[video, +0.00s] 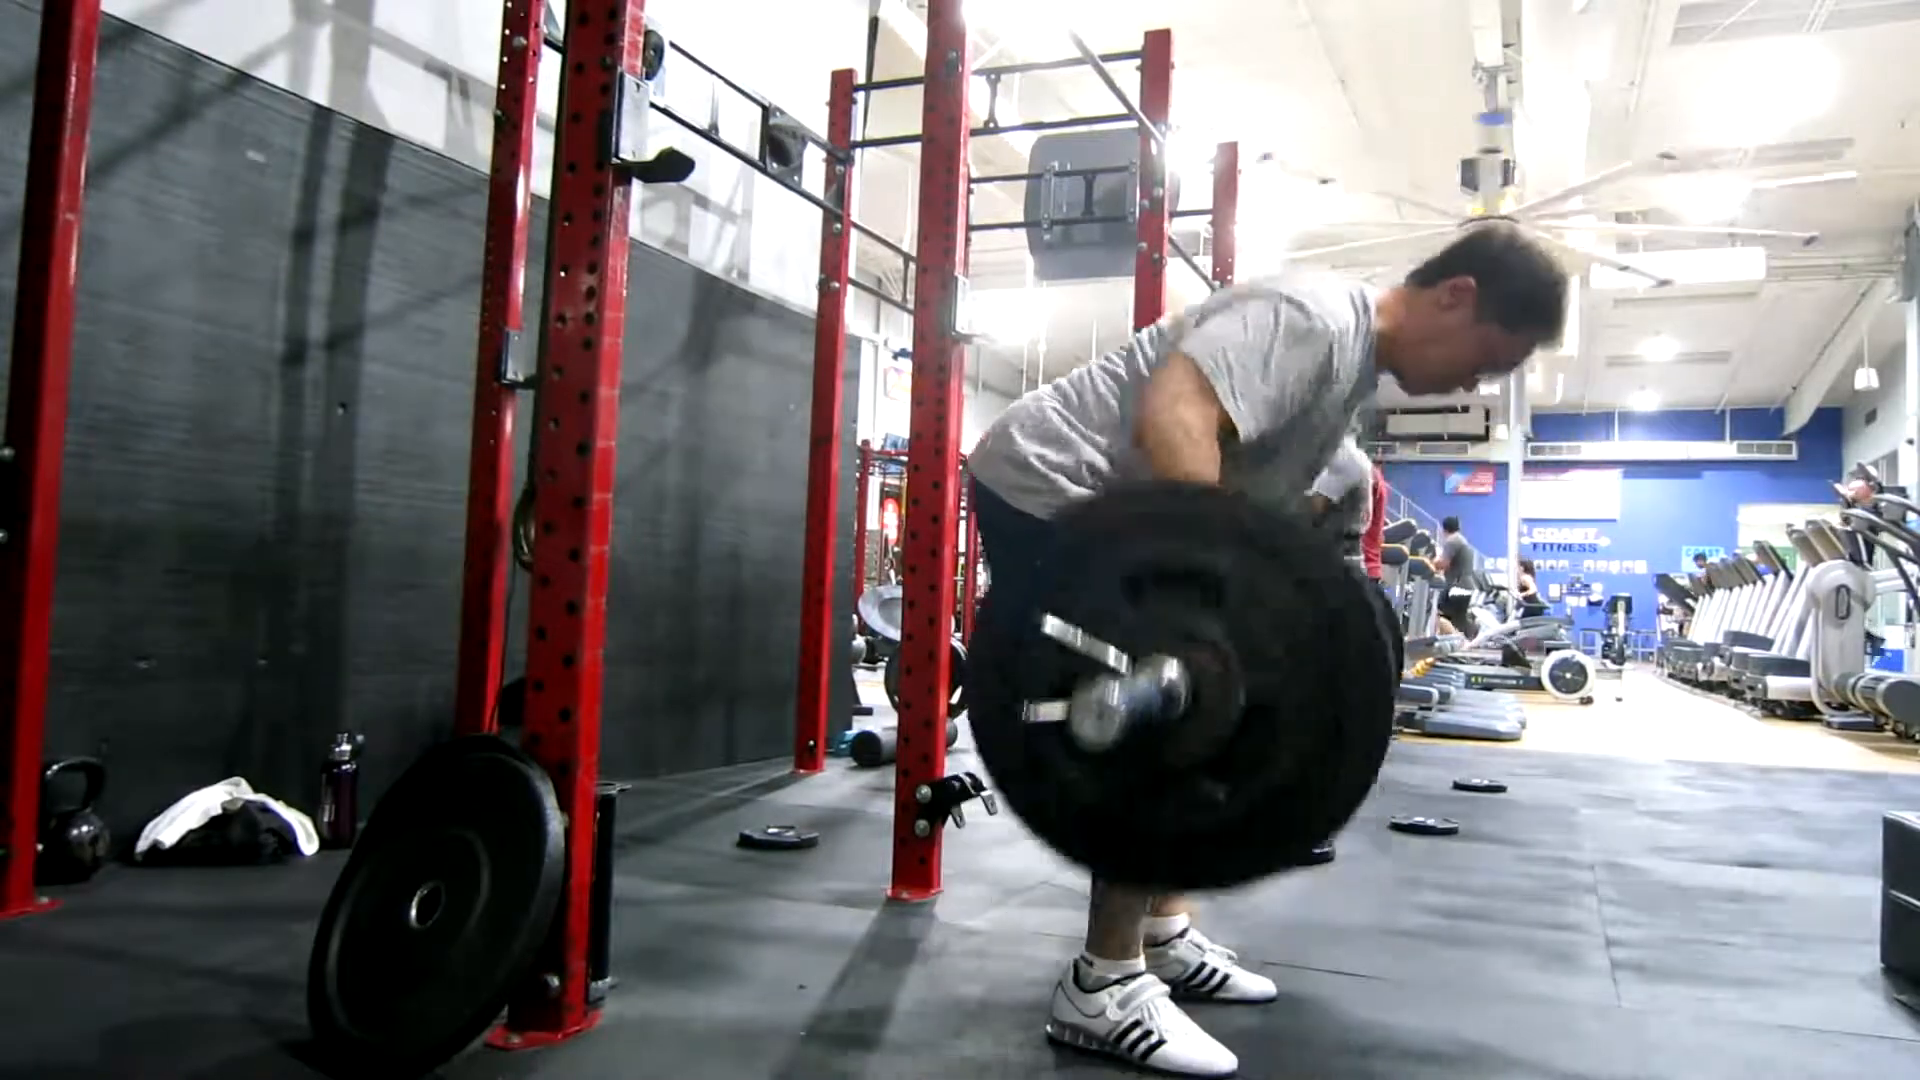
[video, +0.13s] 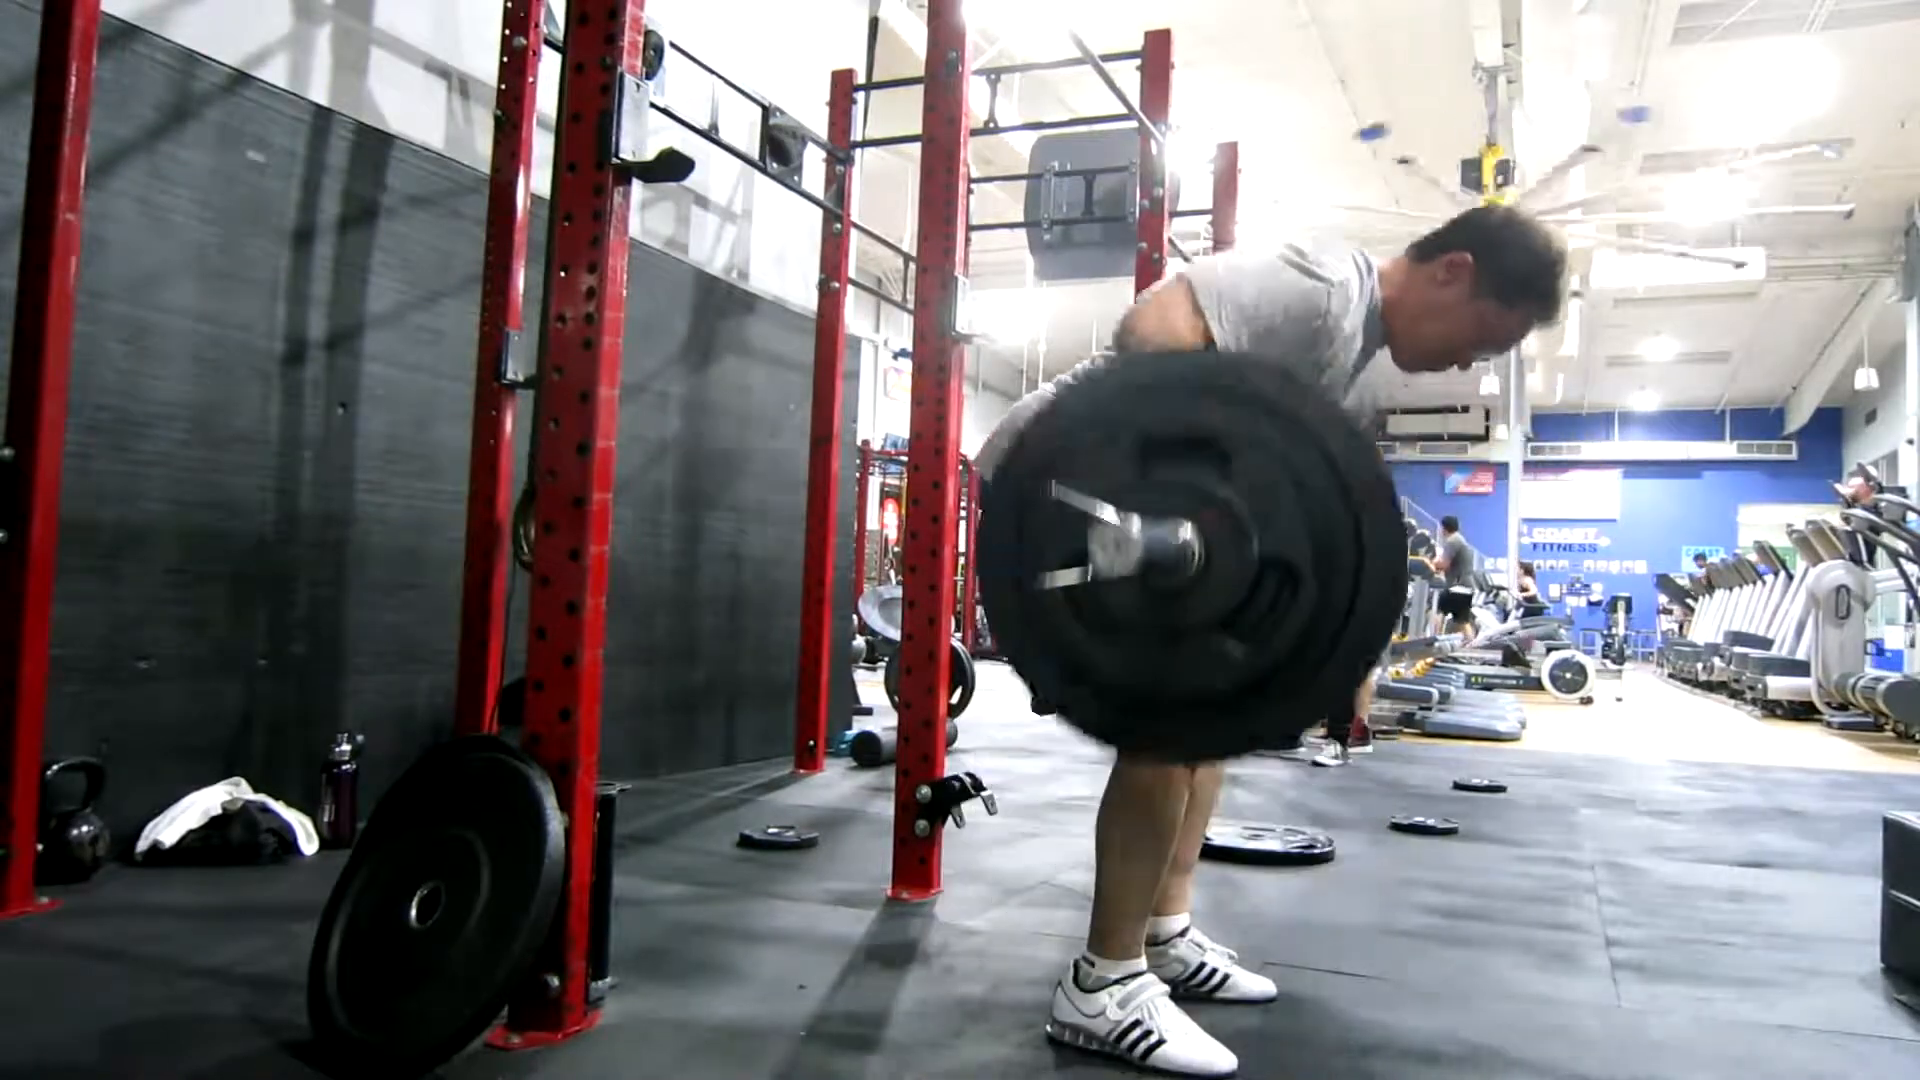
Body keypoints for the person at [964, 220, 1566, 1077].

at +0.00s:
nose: (1474, 387)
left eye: (1491, 374)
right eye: (1488, 364)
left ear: (1455, 300)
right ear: (1457, 298)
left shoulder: (1350, 389)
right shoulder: (1308, 321)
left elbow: (1257, 500)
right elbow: (1170, 413)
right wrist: (1212, 589)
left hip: (1113, 502)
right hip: (1045, 485)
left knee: (1183, 703)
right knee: (1148, 715)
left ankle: (1161, 932)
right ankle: (1103, 980)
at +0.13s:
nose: (1468, 365)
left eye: (1487, 354)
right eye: (1483, 342)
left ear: (1448, 279)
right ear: (1450, 274)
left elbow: (1336, 529)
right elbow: (1154, 321)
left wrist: (1350, 663)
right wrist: (1212, 473)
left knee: (1211, 717)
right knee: (1163, 725)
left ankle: (1163, 932)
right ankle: (1103, 980)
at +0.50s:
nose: (1491, 450)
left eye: (1509, 438)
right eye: (1505, 427)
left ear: (1476, 358)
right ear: (1476, 359)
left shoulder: (1350, 433)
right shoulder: (1337, 364)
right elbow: (1187, 416)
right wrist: (1226, 599)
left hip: (1115, 508)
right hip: (1044, 483)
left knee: (1175, 715)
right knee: (1121, 728)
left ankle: (1163, 946)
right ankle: (1104, 979)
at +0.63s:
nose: (1489, 483)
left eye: (1509, 470)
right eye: (1503, 458)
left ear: (1470, 393)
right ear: (1471, 395)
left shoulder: (1360, 452)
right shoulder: (1340, 424)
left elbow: (1277, 595)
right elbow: (1219, 557)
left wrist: (1280, 752)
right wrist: (1222, 762)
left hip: (1097, 512)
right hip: (1041, 489)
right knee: (1190, 697)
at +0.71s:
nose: (1495, 529)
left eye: (1514, 515)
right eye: (1506, 504)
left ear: (1474, 444)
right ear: (1475, 444)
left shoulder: (1362, 496)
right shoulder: (1331, 469)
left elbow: (1297, 673)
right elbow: (1239, 653)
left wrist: (1276, 822)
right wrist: (1228, 847)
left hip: (1096, 522)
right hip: (1042, 505)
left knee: (1192, 715)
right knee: (1173, 716)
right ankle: (1142, 927)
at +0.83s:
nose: (1479, 553)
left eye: (1499, 544)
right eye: (1495, 531)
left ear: (1471, 461)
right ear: (1472, 464)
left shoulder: (1361, 500)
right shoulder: (1331, 460)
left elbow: (1279, 652)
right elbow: (1215, 601)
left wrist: (1257, 793)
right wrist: (1205, 800)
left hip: (1105, 517)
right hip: (1047, 493)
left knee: (1188, 720)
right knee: (1182, 710)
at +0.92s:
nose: (1490, 526)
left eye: (1511, 516)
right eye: (1508, 507)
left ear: (1490, 445)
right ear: (1489, 447)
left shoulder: (1370, 488)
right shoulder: (1332, 448)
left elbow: (1296, 659)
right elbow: (1240, 640)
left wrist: (1256, 805)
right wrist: (1213, 836)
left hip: (1115, 509)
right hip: (1053, 487)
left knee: (1206, 705)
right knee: (1174, 705)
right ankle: (1153, 912)